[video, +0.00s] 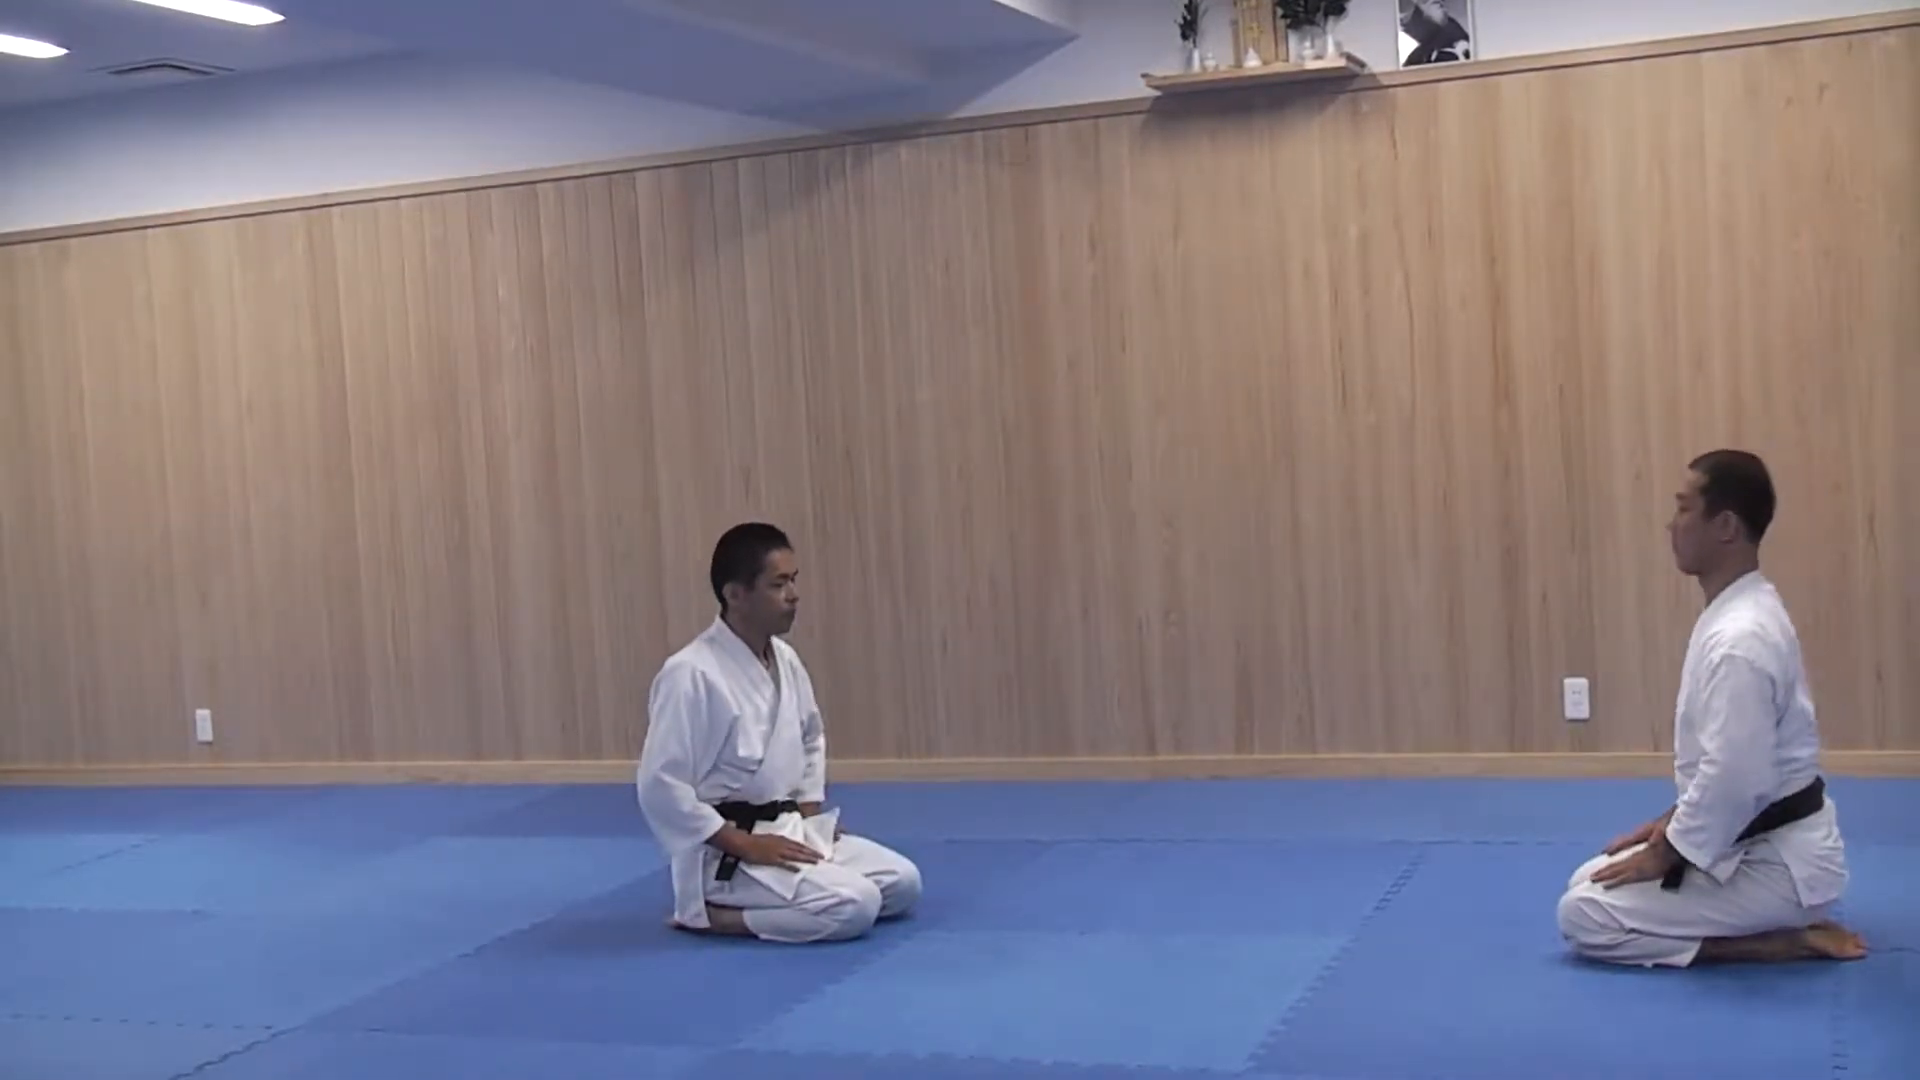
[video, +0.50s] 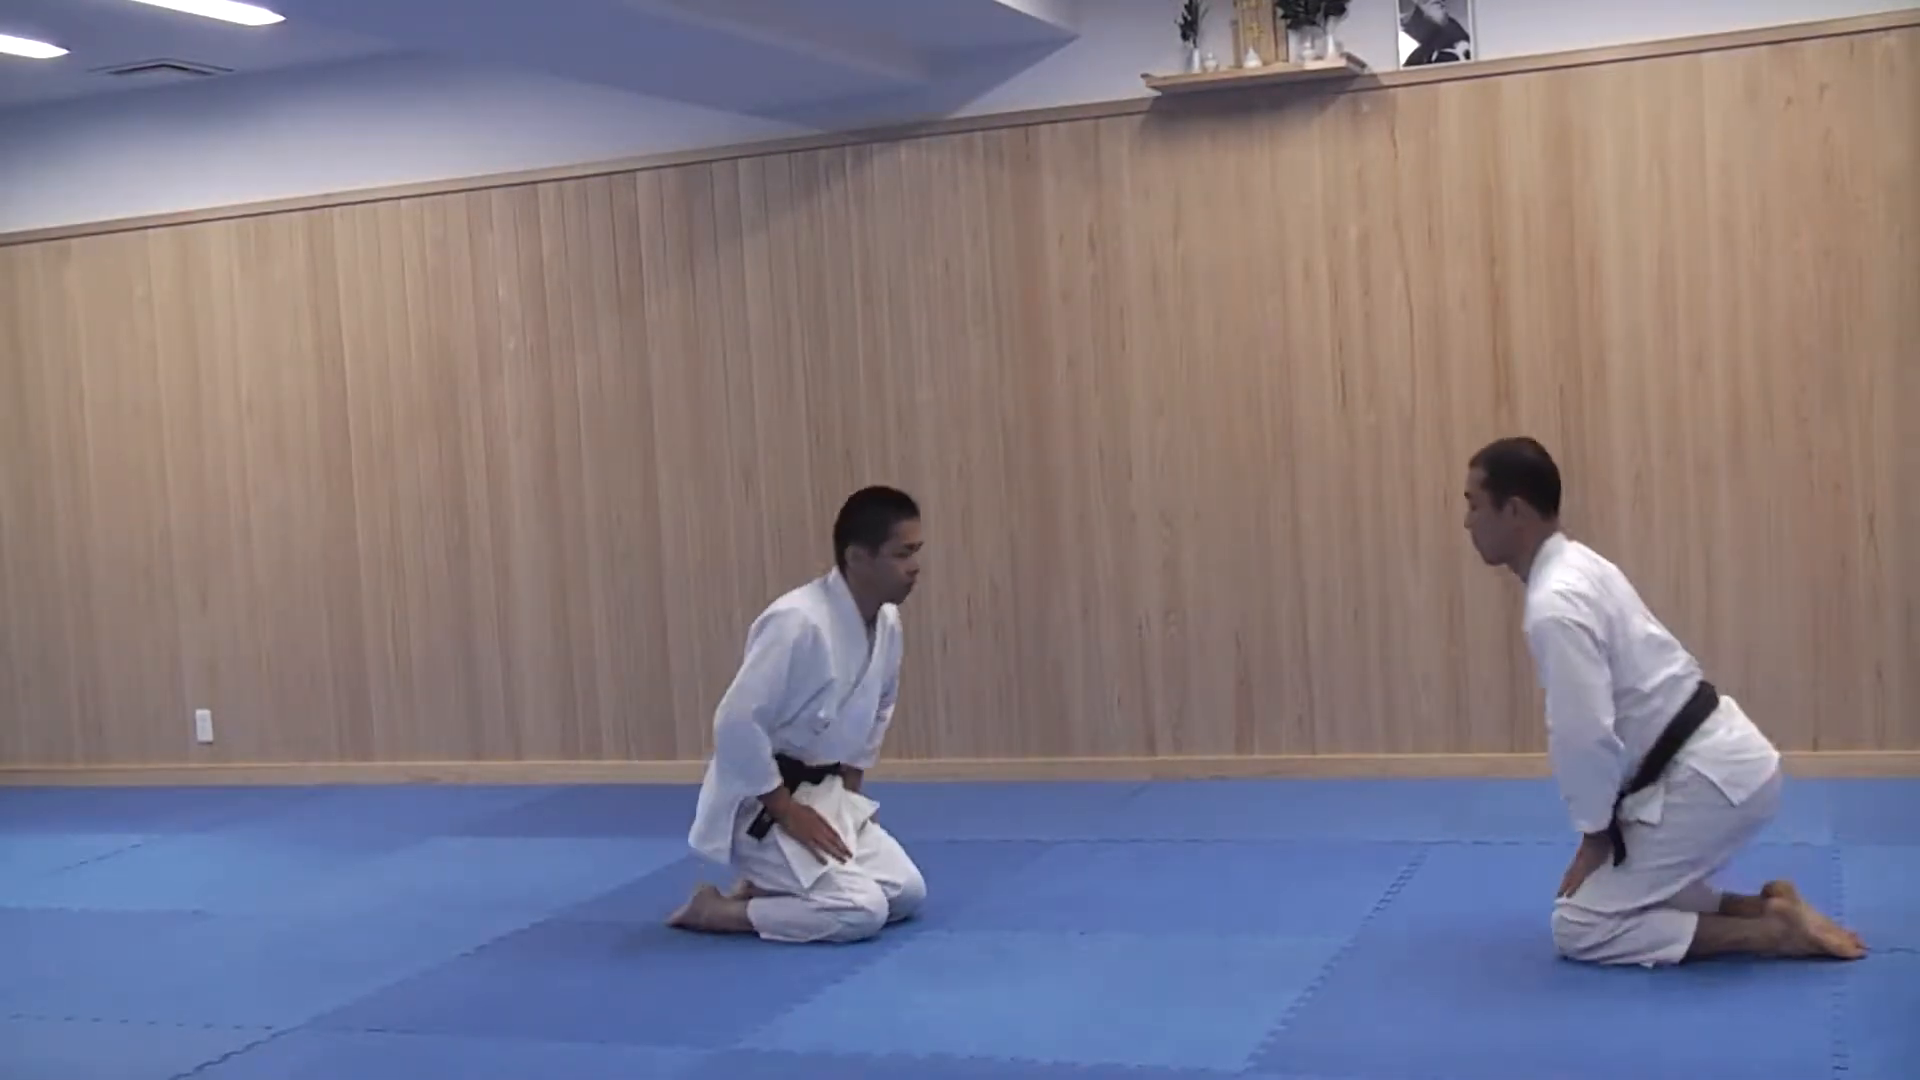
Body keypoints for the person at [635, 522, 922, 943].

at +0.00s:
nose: (793, 594)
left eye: (793, 581)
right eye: (779, 585)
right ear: (736, 595)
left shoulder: (784, 659)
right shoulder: (691, 673)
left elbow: (811, 740)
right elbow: (659, 785)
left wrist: (809, 813)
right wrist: (742, 843)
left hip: (788, 833)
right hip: (721, 853)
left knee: (901, 882)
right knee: (853, 907)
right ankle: (714, 917)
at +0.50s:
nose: (917, 566)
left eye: (918, 552)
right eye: (904, 555)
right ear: (857, 557)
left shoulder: (886, 620)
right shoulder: (798, 620)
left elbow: (878, 713)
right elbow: (735, 722)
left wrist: (847, 796)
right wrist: (786, 809)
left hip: (824, 796)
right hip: (760, 805)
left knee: (904, 890)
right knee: (860, 912)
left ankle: (761, 891)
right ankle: (719, 914)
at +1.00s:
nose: (946, 510)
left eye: (947, 496)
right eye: (933, 496)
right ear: (885, 502)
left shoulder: (919, 572)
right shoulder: (833, 574)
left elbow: (908, 687)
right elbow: (804, 695)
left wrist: (888, 780)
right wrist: (835, 787)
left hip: (867, 765)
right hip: (802, 775)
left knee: (918, 894)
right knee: (874, 917)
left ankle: (777, 857)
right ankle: (737, 868)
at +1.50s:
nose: (866, 553)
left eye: (869, 539)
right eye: (854, 540)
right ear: (806, 540)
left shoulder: (856, 616)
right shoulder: (748, 611)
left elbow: (865, 720)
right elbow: (705, 726)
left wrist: (845, 808)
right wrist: (760, 804)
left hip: (819, 799)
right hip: (744, 804)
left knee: (912, 896)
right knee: (819, 922)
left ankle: (782, 867)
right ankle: (719, 878)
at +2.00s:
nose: (772, 536)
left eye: (774, 521)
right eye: (758, 524)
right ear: (711, 529)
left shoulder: (775, 597)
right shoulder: (656, 613)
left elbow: (805, 680)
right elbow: (638, 733)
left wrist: (813, 751)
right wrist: (695, 804)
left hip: (777, 777)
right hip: (705, 793)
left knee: (884, 859)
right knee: (762, 929)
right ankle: (698, 887)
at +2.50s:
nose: (840, 529)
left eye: (841, 515)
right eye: (826, 516)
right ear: (777, 522)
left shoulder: (827, 584)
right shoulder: (721, 602)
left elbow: (838, 659)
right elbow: (686, 720)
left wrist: (836, 705)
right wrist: (733, 806)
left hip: (817, 750)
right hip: (751, 780)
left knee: (928, 752)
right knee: (763, 936)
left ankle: (868, 887)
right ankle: (703, 871)